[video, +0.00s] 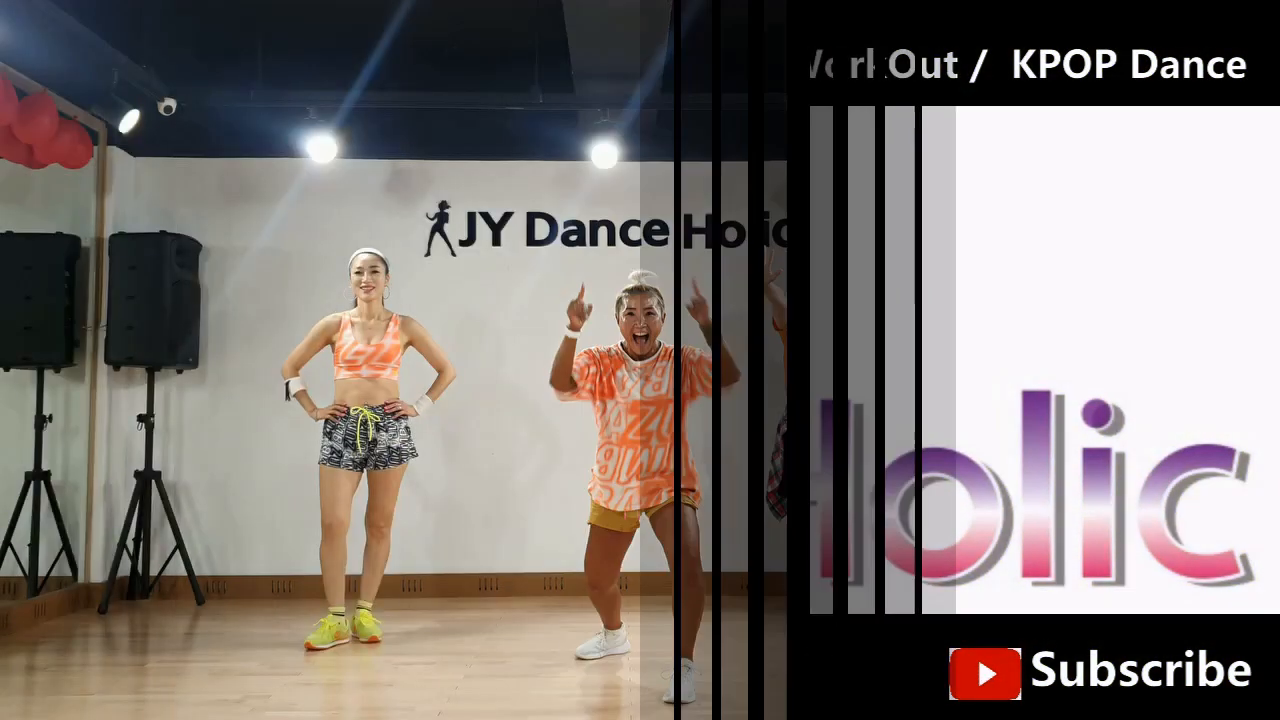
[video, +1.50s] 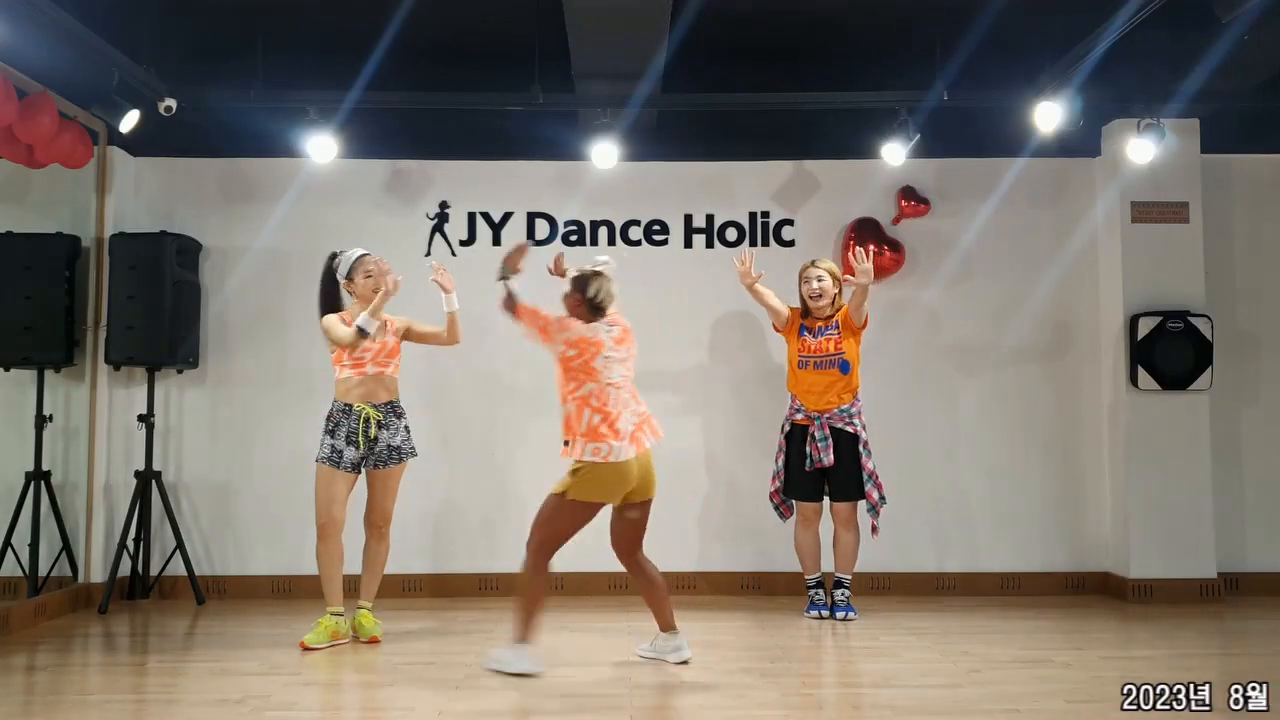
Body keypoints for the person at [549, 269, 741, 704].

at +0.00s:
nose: (640, 322)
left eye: (649, 313)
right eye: (631, 313)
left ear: (662, 319)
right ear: (618, 319)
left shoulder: (679, 360)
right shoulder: (602, 362)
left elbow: (729, 376)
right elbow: (560, 383)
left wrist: (707, 326)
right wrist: (573, 332)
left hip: (669, 480)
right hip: (614, 484)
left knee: (688, 560)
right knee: (598, 577)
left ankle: (685, 665)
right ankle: (614, 635)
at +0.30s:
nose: (640, 320)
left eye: (649, 311)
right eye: (632, 311)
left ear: (663, 318)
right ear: (620, 317)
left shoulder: (679, 357)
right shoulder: (606, 358)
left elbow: (718, 369)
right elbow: (572, 372)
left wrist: (720, 354)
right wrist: (573, 353)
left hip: (671, 481)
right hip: (617, 483)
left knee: (688, 557)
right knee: (601, 579)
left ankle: (684, 664)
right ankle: (614, 636)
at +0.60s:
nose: (644, 326)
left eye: (653, 317)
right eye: (634, 318)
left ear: (665, 320)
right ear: (622, 321)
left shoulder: (681, 356)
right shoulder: (609, 361)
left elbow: (708, 354)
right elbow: (588, 358)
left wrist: (723, 341)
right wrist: (574, 343)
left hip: (674, 480)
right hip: (620, 483)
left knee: (690, 557)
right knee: (601, 576)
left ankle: (684, 664)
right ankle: (614, 636)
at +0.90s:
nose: (626, 314)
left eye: (637, 307)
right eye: (623, 306)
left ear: (661, 315)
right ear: (618, 311)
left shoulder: (687, 357)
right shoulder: (609, 361)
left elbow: (730, 394)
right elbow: (569, 399)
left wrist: (706, 382)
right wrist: (588, 371)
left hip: (673, 477)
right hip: (621, 478)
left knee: (687, 557)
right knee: (600, 567)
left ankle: (686, 664)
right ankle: (612, 634)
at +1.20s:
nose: (606, 300)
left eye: (611, 293)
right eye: (609, 293)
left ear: (624, 299)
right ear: (644, 299)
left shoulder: (626, 346)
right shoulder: (657, 339)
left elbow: (574, 380)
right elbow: (606, 372)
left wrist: (543, 361)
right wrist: (566, 362)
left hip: (641, 468)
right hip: (647, 465)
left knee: (633, 558)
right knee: (626, 553)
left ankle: (702, 653)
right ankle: (670, 635)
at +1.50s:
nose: (566, 299)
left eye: (571, 295)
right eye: (568, 293)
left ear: (581, 302)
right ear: (604, 302)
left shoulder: (568, 334)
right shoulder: (622, 332)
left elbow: (512, 306)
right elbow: (601, 299)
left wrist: (507, 272)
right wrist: (569, 275)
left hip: (599, 467)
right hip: (640, 464)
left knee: (539, 548)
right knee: (630, 552)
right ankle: (672, 637)